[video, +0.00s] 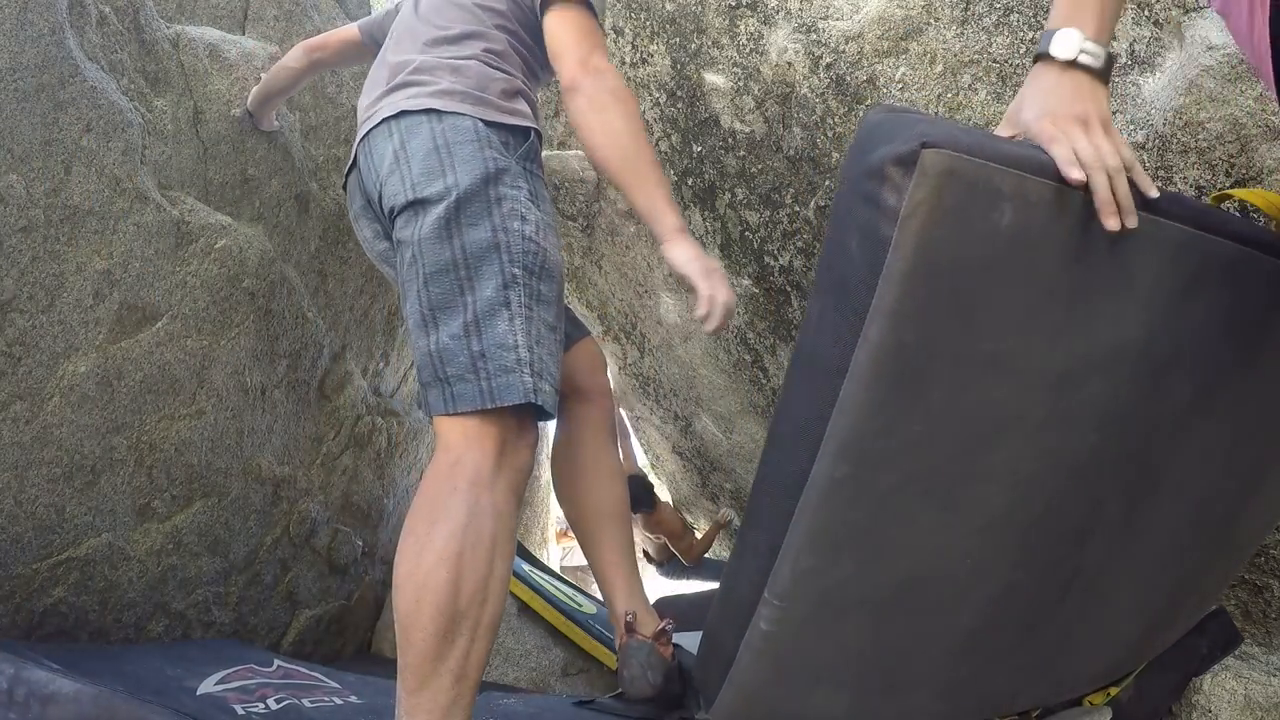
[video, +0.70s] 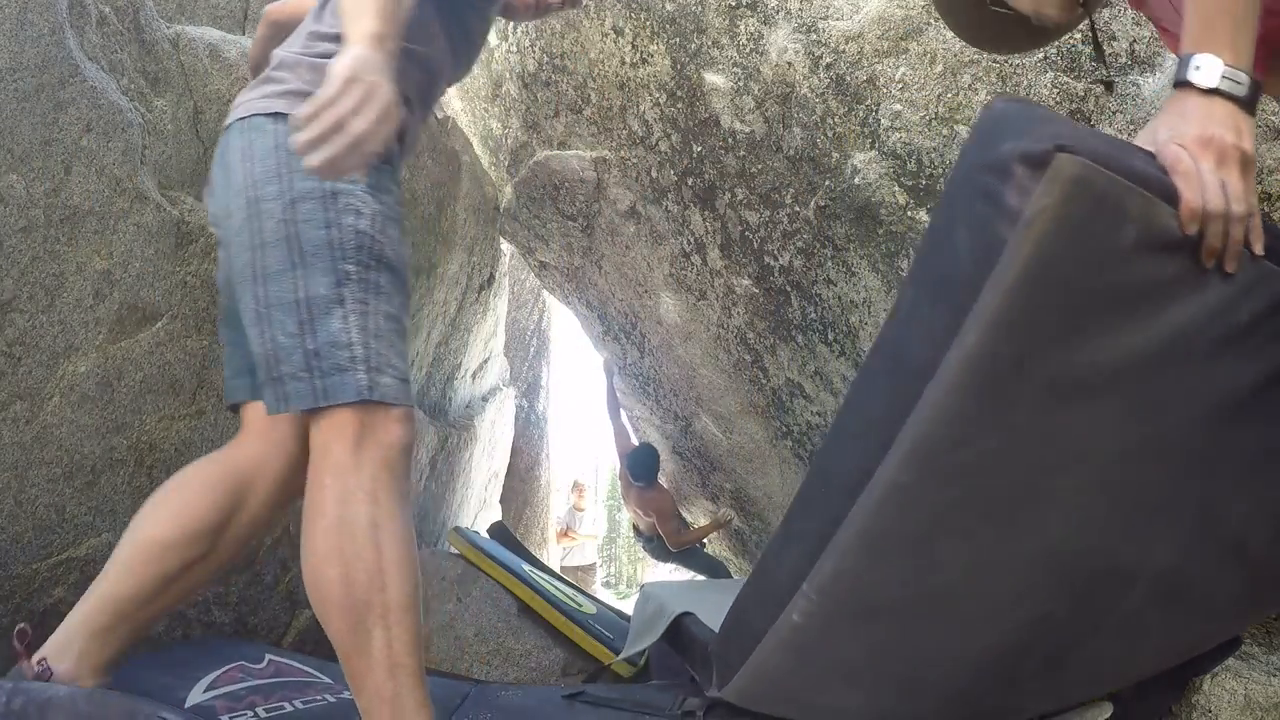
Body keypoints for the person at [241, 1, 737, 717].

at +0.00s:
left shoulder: (416, 10)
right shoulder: (547, 3)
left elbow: (309, 50)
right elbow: (586, 78)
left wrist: (260, 102)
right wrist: (675, 234)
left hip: (373, 170)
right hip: (457, 142)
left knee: (581, 373)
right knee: (484, 439)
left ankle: (638, 634)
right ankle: (429, 709)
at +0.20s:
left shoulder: (428, 9)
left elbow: (327, 44)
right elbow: (611, 39)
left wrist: (267, 90)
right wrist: (734, 186)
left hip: (359, 153)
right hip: (434, 137)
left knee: (550, 379)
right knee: (470, 434)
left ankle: (588, 648)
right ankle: (425, 711)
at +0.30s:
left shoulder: (420, 14)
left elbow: (332, 41)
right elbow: (599, 17)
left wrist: (267, 92)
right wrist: (722, 155)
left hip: (353, 144)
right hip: (418, 132)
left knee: (544, 377)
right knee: (453, 434)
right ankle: (422, 708)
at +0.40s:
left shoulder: (428, 16)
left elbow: (327, 39)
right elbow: (581, 8)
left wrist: (268, 93)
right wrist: (669, 114)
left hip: (360, 136)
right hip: (405, 130)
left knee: (512, 401)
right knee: (448, 426)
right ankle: (420, 710)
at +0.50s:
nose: (609, 13)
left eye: (612, 13)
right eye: (609, 6)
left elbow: (324, 26)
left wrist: (273, 92)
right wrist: (577, 82)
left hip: (362, 128)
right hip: (379, 125)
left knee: (435, 424)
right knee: (420, 428)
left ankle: (171, 558)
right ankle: (411, 708)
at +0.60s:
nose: (577, 9)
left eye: (585, 11)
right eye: (581, 1)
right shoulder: (500, 5)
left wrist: (269, 93)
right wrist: (468, 68)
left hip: (309, 134)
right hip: (350, 130)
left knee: (339, 441)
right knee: (390, 432)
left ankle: (93, 632)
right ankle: (402, 711)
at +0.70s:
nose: (550, 5)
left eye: (559, 6)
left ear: (541, 4)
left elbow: (283, 13)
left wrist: (265, 107)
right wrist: (373, 46)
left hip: (271, 135)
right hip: (320, 128)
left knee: (274, 441)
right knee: (366, 429)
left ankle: (63, 665)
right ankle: (401, 709)